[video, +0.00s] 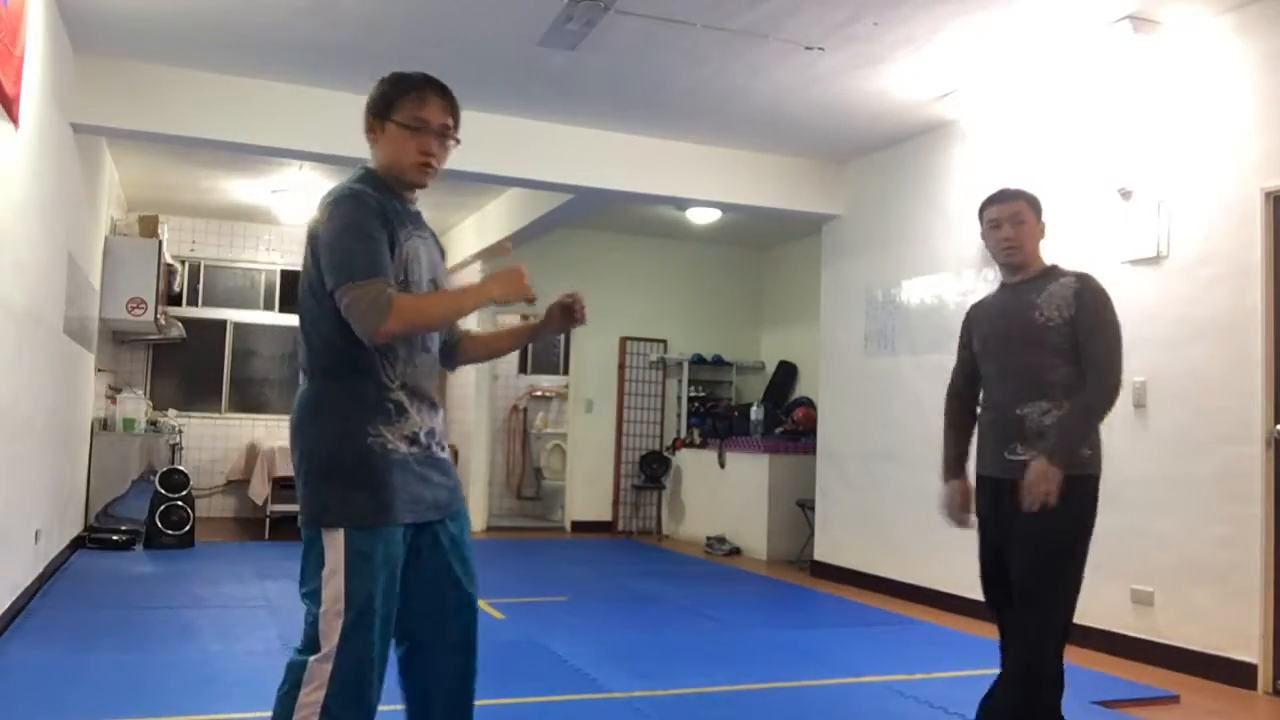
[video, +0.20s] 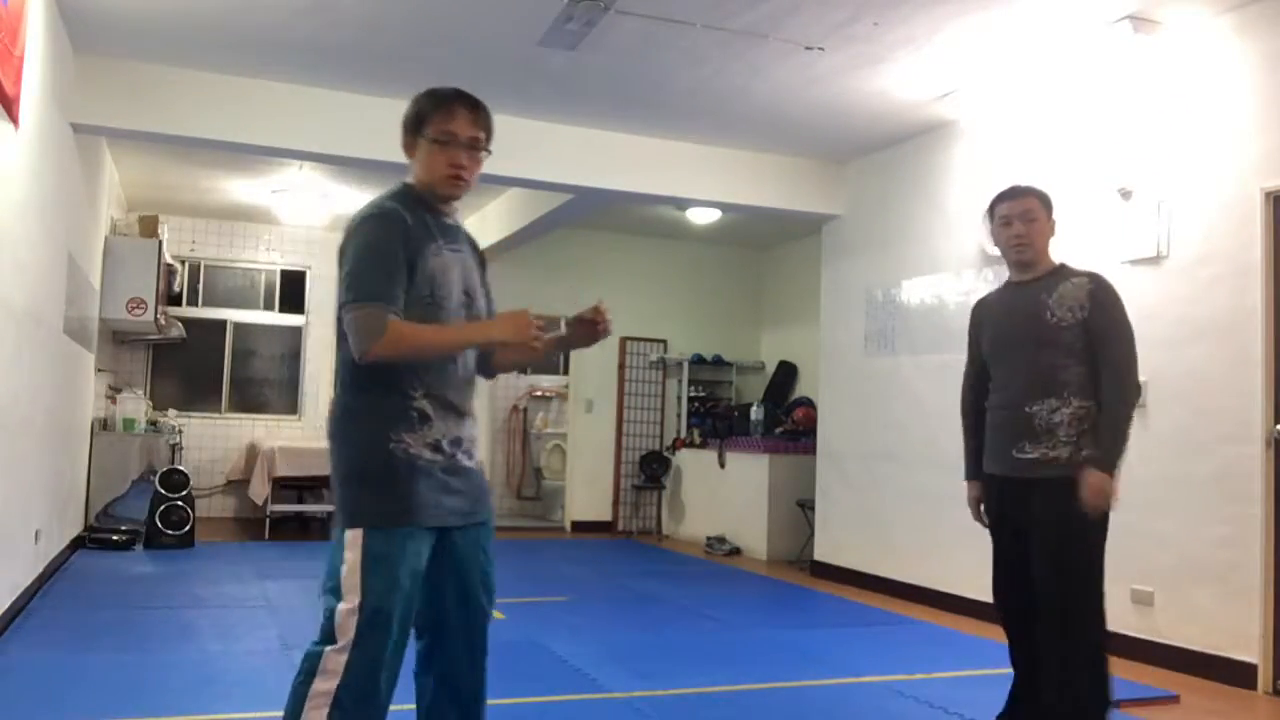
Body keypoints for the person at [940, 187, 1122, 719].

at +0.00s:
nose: (1006, 234)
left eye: (1017, 222)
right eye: (995, 226)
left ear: (1040, 228)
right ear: (984, 240)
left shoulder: (1079, 293)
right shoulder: (979, 315)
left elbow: (1103, 382)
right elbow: (961, 394)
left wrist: (1056, 456)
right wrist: (955, 471)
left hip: (1063, 481)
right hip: (996, 482)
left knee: (1039, 620)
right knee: (1010, 613)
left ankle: (1008, 713)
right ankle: (1038, 711)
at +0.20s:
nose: (1017, 230)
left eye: (1028, 219)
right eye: (1005, 222)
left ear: (1050, 227)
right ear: (993, 235)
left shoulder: (1090, 292)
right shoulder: (986, 310)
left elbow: (1121, 382)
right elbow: (975, 393)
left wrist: (1103, 463)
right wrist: (975, 472)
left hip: (1072, 482)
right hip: (1007, 483)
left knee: (1071, 611)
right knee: (1018, 608)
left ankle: (1079, 709)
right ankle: (1029, 706)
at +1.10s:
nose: (1025, 242)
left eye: (1033, 228)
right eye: (1022, 231)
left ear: (1074, 224)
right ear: (1065, 228)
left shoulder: (1121, 286)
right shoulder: (1048, 295)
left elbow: (1106, 360)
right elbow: (1050, 367)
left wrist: (1019, 348)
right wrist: (1007, 356)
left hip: (1102, 484)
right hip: (1045, 481)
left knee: (1102, 617)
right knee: (1042, 604)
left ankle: (1110, 712)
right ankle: (1054, 709)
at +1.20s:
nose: (1025, 246)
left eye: (1031, 232)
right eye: (1021, 237)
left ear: (1071, 225)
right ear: (1063, 232)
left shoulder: (1113, 286)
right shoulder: (1052, 299)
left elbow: (1079, 342)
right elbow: (1020, 371)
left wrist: (1016, 306)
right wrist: (994, 325)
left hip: (1092, 486)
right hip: (1039, 484)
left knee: (1092, 625)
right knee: (1043, 622)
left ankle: (1106, 713)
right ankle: (1047, 711)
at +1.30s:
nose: (1021, 251)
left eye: (1027, 237)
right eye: (1017, 241)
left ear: (1065, 229)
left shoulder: (1104, 288)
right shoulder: (1050, 302)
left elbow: (1069, 345)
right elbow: (1010, 378)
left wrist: (1012, 306)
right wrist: (998, 316)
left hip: (1083, 485)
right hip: (1033, 484)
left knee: (1081, 625)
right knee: (1035, 624)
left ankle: (1103, 715)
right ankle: (1045, 712)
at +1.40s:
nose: (1013, 254)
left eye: (1019, 240)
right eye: (1009, 245)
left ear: (1056, 231)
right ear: (1046, 239)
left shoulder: (1095, 291)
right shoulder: (1044, 307)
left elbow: (1063, 365)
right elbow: (1017, 389)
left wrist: (1005, 319)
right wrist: (996, 333)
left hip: (1075, 486)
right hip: (1029, 483)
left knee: (1068, 619)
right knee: (1029, 616)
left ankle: (1087, 713)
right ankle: (1042, 710)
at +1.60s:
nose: (999, 258)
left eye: (1005, 244)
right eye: (994, 249)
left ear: (1040, 235)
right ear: (1001, 252)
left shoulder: (1081, 290)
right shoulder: (1030, 306)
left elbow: (1047, 356)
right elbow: (993, 381)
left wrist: (995, 313)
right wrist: (980, 323)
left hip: (1064, 480)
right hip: (1021, 479)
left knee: (1046, 617)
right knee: (1015, 615)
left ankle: (1056, 711)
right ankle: (1029, 710)